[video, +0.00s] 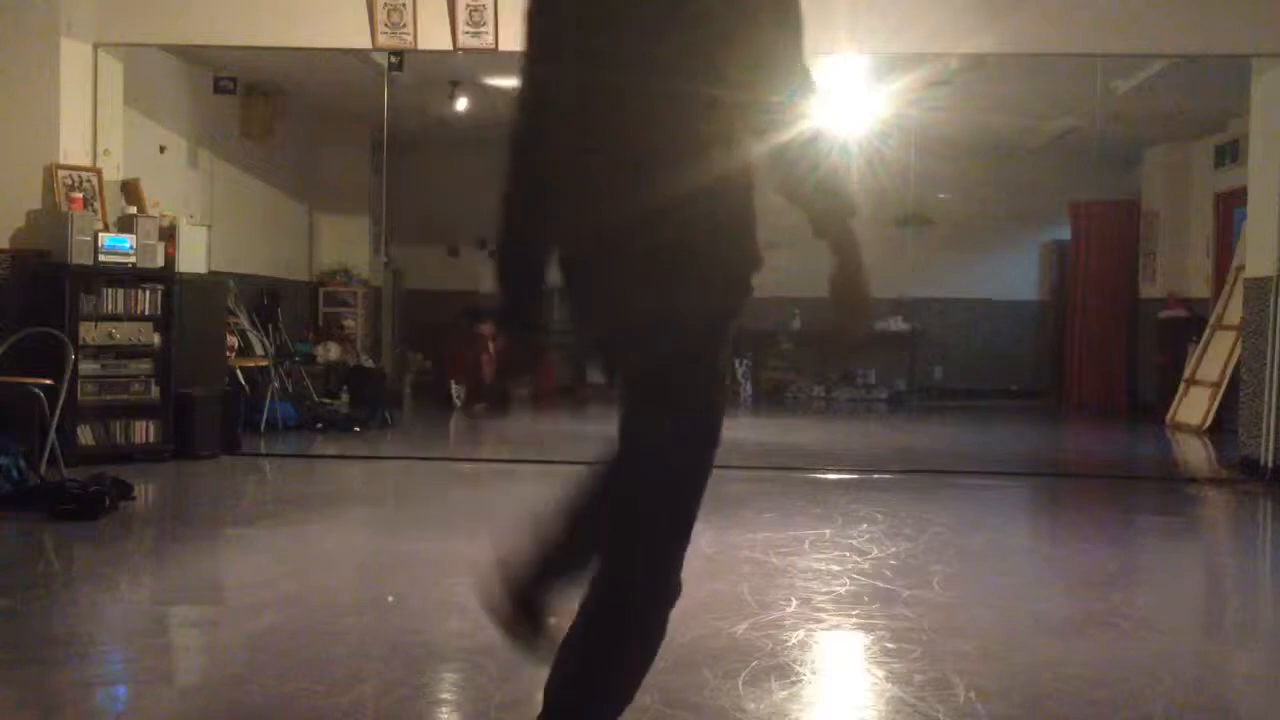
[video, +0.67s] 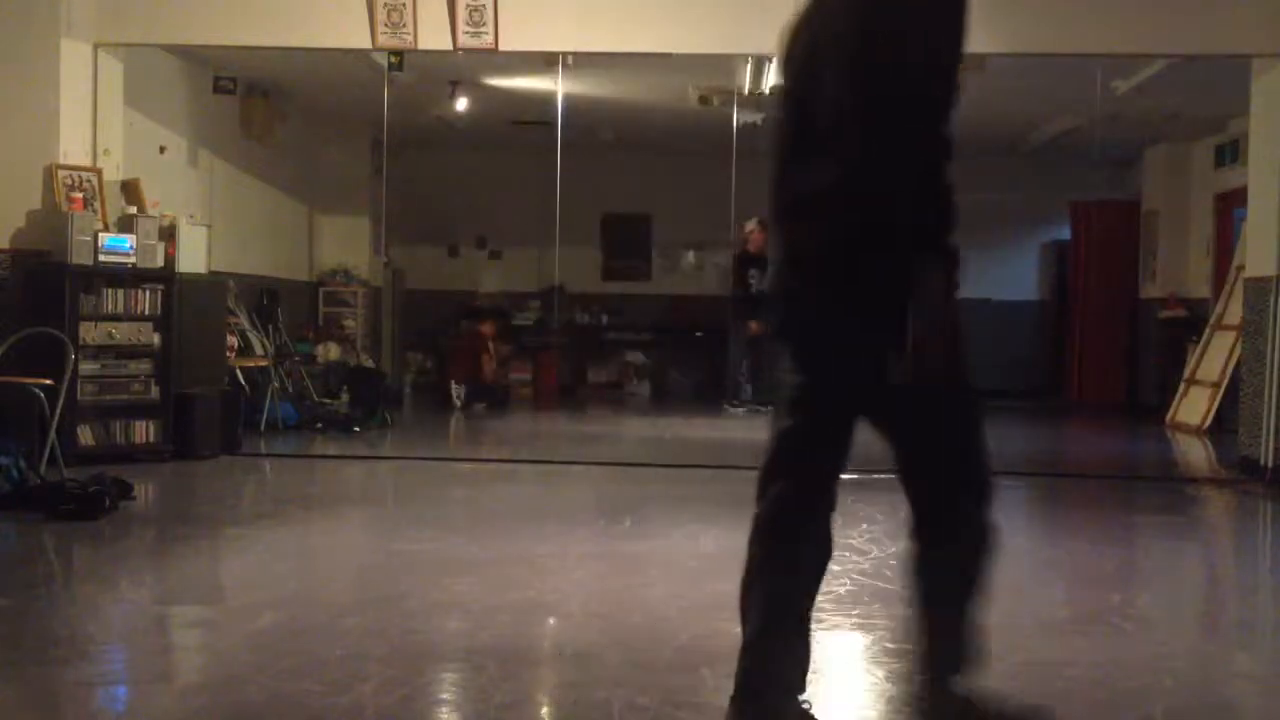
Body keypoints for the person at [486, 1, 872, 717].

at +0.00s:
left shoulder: (561, 12)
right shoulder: (756, 12)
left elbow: (536, 131)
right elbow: (780, 120)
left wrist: (520, 304)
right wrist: (846, 250)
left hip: (593, 253)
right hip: (695, 255)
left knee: (655, 443)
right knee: (649, 548)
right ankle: (578, 708)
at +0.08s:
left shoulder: (589, 13)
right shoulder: (775, 12)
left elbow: (554, 130)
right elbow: (805, 132)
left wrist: (540, 289)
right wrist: (870, 240)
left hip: (608, 244)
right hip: (706, 253)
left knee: (664, 448)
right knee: (679, 477)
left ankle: (634, 647)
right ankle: (590, 696)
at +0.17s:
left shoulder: (623, 11)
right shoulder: (798, 10)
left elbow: (582, 143)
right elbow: (830, 122)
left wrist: (565, 305)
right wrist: (896, 252)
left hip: (624, 272)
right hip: (724, 276)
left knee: (688, 506)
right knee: (660, 530)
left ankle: (733, 684)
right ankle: (574, 709)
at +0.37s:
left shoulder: (710, 18)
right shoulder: (865, 12)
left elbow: (671, 164)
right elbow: (878, 142)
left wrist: (651, 313)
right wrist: (926, 268)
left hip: (715, 286)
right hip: (801, 293)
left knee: (750, 509)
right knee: (777, 512)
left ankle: (765, 701)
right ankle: (631, 694)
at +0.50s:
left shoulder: (755, 18)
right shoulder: (892, 13)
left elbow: (734, 162)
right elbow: (894, 150)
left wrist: (735, 279)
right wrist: (929, 280)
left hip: (761, 281)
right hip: (848, 287)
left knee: (773, 468)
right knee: (875, 483)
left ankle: (761, 679)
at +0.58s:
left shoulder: (784, 20)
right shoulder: (907, 18)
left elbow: (766, 164)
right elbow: (894, 163)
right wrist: (919, 277)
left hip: (789, 288)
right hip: (872, 294)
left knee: (783, 489)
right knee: (921, 477)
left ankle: (762, 695)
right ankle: (840, 667)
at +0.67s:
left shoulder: (820, 20)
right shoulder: (925, 13)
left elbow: (798, 153)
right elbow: (913, 147)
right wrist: (932, 278)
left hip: (819, 286)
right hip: (893, 293)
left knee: (800, 484)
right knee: (952, 484)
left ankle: (764, 692)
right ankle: (940, 679)